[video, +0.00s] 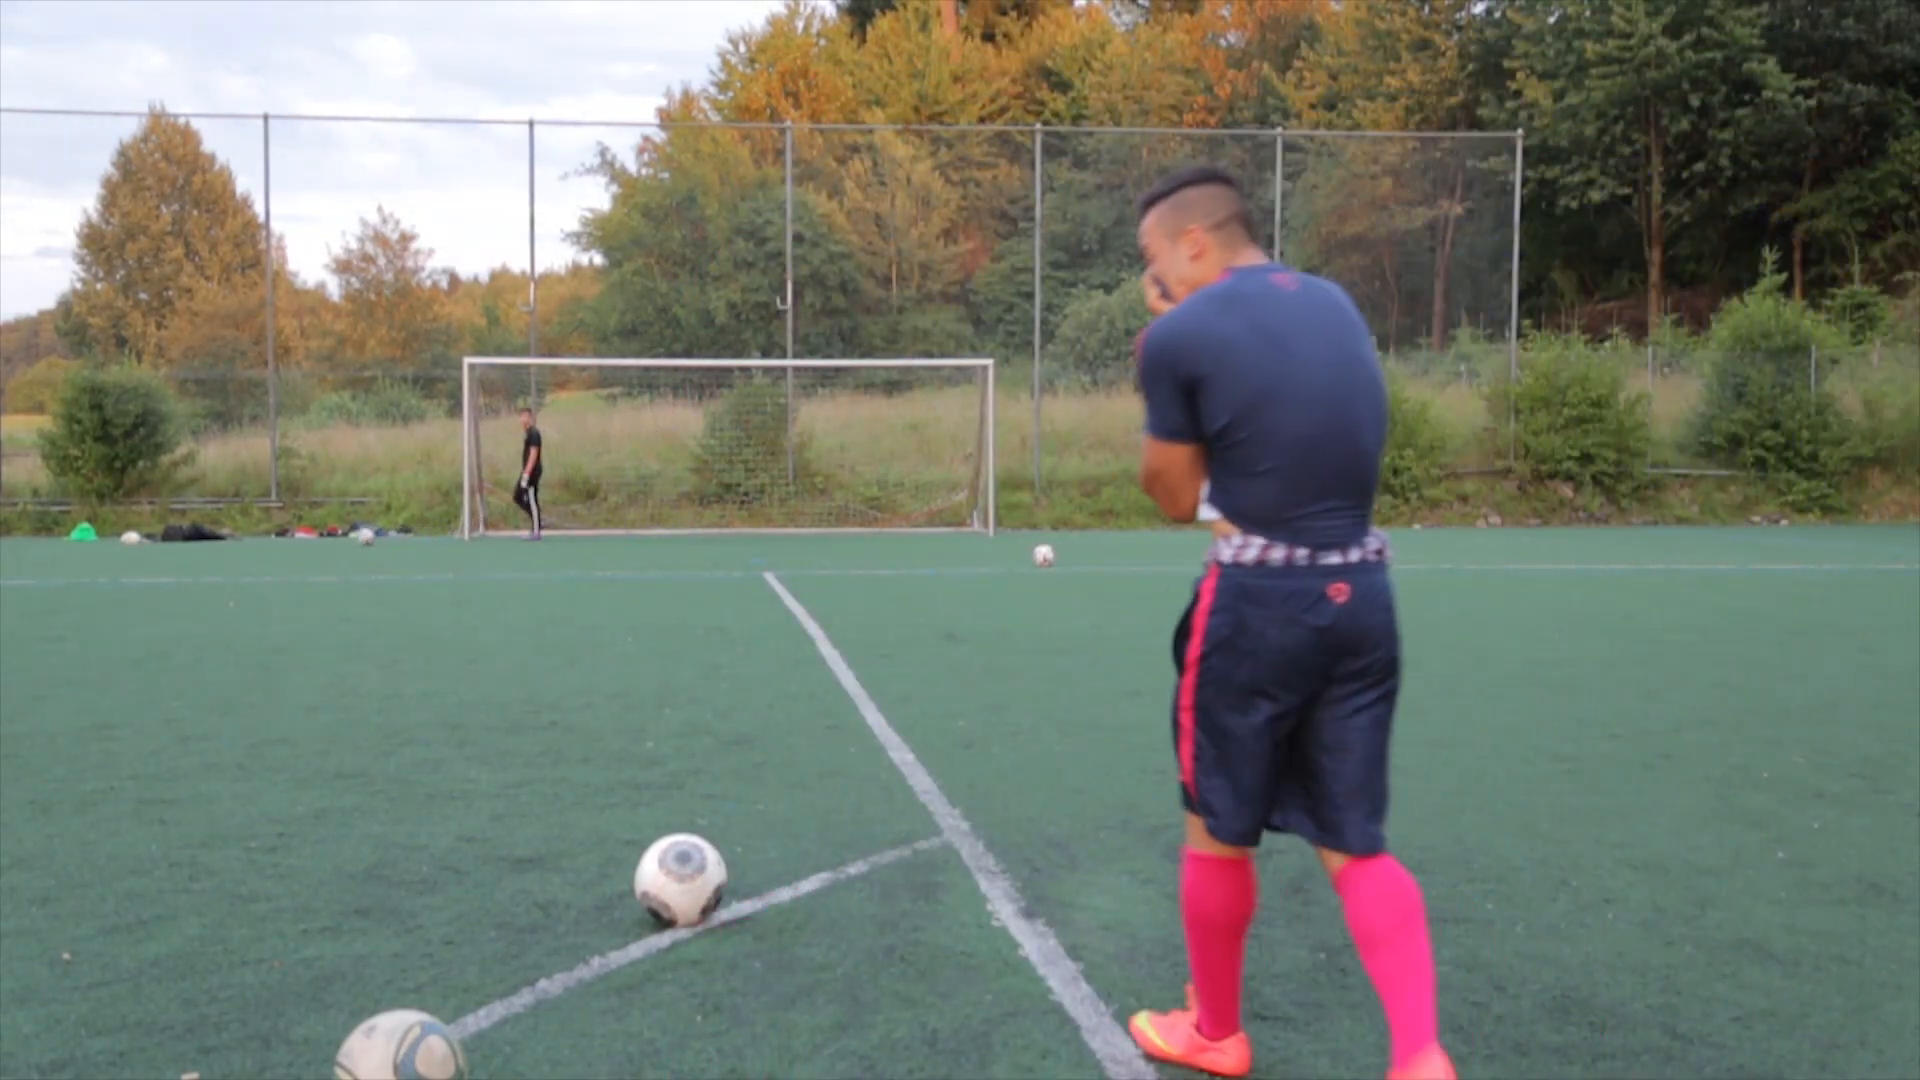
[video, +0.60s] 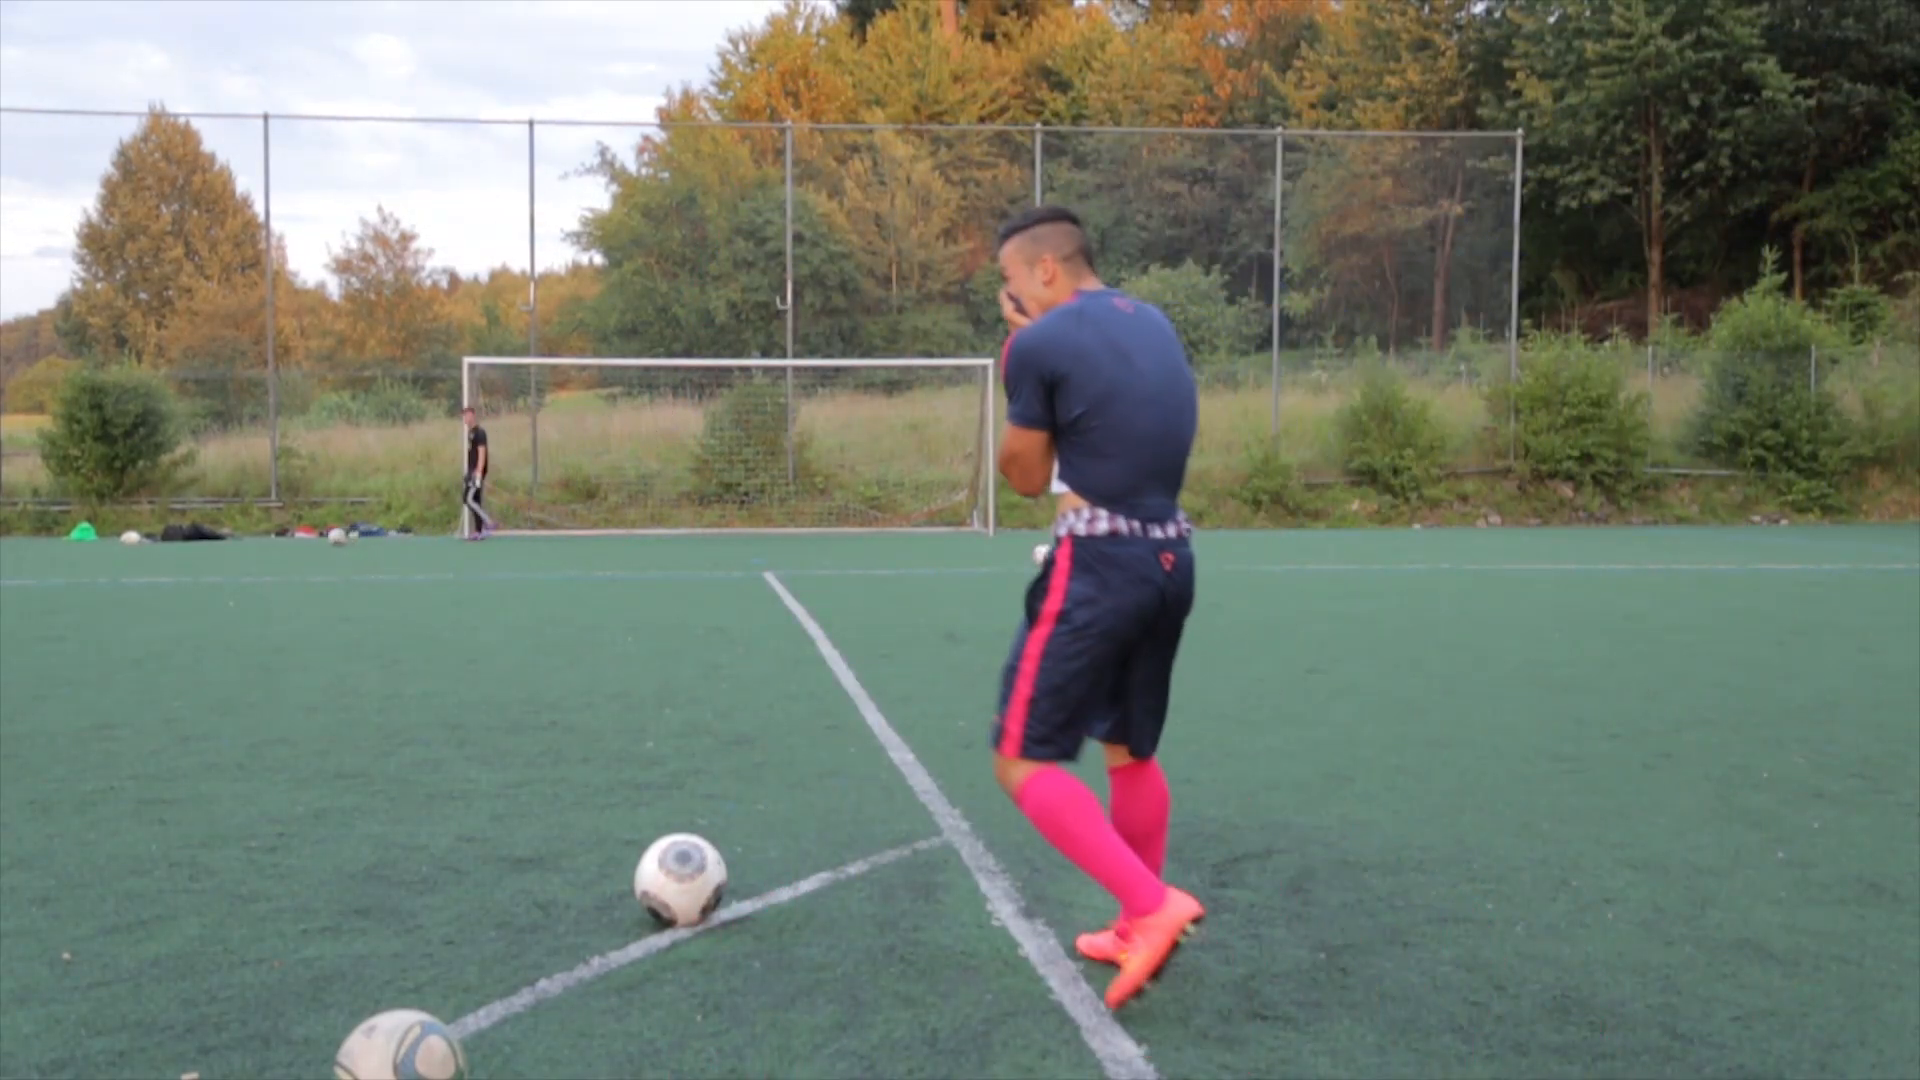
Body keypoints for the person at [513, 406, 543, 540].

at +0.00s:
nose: (522, 420)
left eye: (525, 417)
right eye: (521, 417)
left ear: (531, 418)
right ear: (521, 419)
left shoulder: (533, 434)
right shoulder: (529, 434)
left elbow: (533, 456)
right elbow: (530, 456)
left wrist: (526, 475)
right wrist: (525, 473)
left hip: (532, 471)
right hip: (527, 470)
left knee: (531, 499)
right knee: (518, 497)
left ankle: (536, 530)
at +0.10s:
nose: (515, 420)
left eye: (517, 417)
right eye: (514, 417)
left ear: (522, 418)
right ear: (513, 419)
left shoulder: (526, 434)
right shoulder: (520, 434)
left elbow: (524, 455)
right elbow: (521, 455)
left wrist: (512, 472)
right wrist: (515, 471)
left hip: (525, 470)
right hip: (519, 470)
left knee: (529, 501)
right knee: (507, 497)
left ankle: (535, 531)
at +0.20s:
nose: (505, 421)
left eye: (507, 418)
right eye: (503, 418)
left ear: (512, 419)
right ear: (503, 420)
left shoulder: (516, 435)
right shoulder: (510, 435)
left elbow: (515, 455)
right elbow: (512, 456)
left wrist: (502, 471)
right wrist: (503, 471)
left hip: (516, 470)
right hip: (509, 471)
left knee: (524, 501)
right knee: (501, 502)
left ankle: (534, 531)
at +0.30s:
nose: (496, 422)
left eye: (498, 419)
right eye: (494, 419)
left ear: (503, 420)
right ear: (493, 421)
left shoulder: (507, 436)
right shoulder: (501, 436)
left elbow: (506, 457)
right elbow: (502, 457)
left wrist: (492, 473)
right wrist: (495, 473)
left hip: (507, 473)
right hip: (499, 473)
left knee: (517, 502)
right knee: (491, 502)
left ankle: (533, 529)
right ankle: (482, 531)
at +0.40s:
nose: (485, 421)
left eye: (487, 418)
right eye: (484, 418)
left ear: (493, 419)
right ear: (484, 420)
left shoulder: (497, 436)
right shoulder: (490, 436)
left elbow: (495, 458)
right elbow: (492, 458)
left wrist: (487, 476)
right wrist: (487, 474)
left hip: (496, 473)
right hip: (488, 473)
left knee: (502, 503)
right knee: (481, 502)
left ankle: (526, 526)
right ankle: (479, 531)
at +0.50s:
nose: (474, 420)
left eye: (477, 417)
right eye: (474, 417)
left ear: (483, 418)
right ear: (473, 419)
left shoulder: (487, 434)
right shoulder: (480, 434)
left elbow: (487, 455)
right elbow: (482, 455)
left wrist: (483, 474)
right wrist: (478, 472)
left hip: (486, 472)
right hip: (479, 471)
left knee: (483, 502)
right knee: (477, 501)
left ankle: (510, 521)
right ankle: (478, 531)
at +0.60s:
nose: (466, 419)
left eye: (468, 416)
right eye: (465, 416)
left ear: (473, 416)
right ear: (464, 418)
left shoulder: (479, 433)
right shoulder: (471, 433)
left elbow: (481, 455)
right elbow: (471, 456)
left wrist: (478, 473)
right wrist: (467, 472)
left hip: (477, 472)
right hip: (471, 471)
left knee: (469, 498)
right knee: (474, 500)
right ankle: (478, 529)